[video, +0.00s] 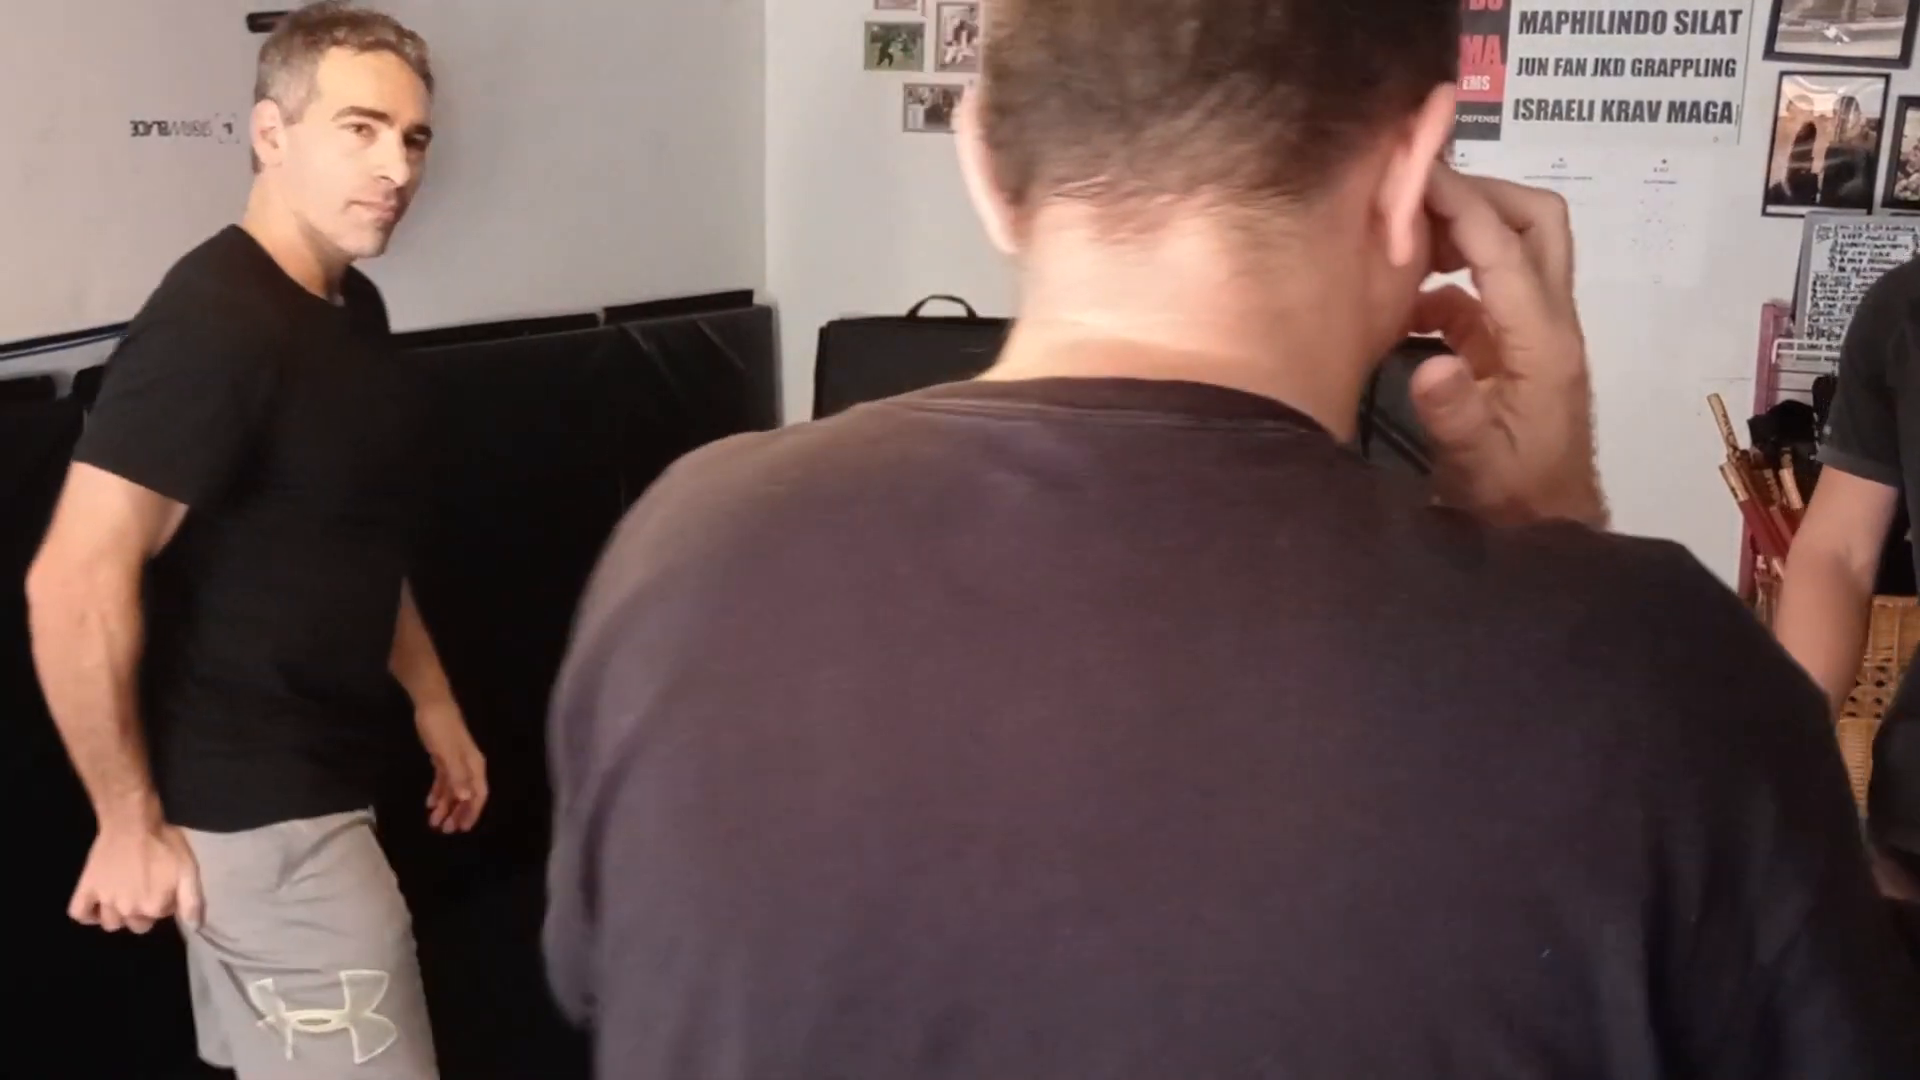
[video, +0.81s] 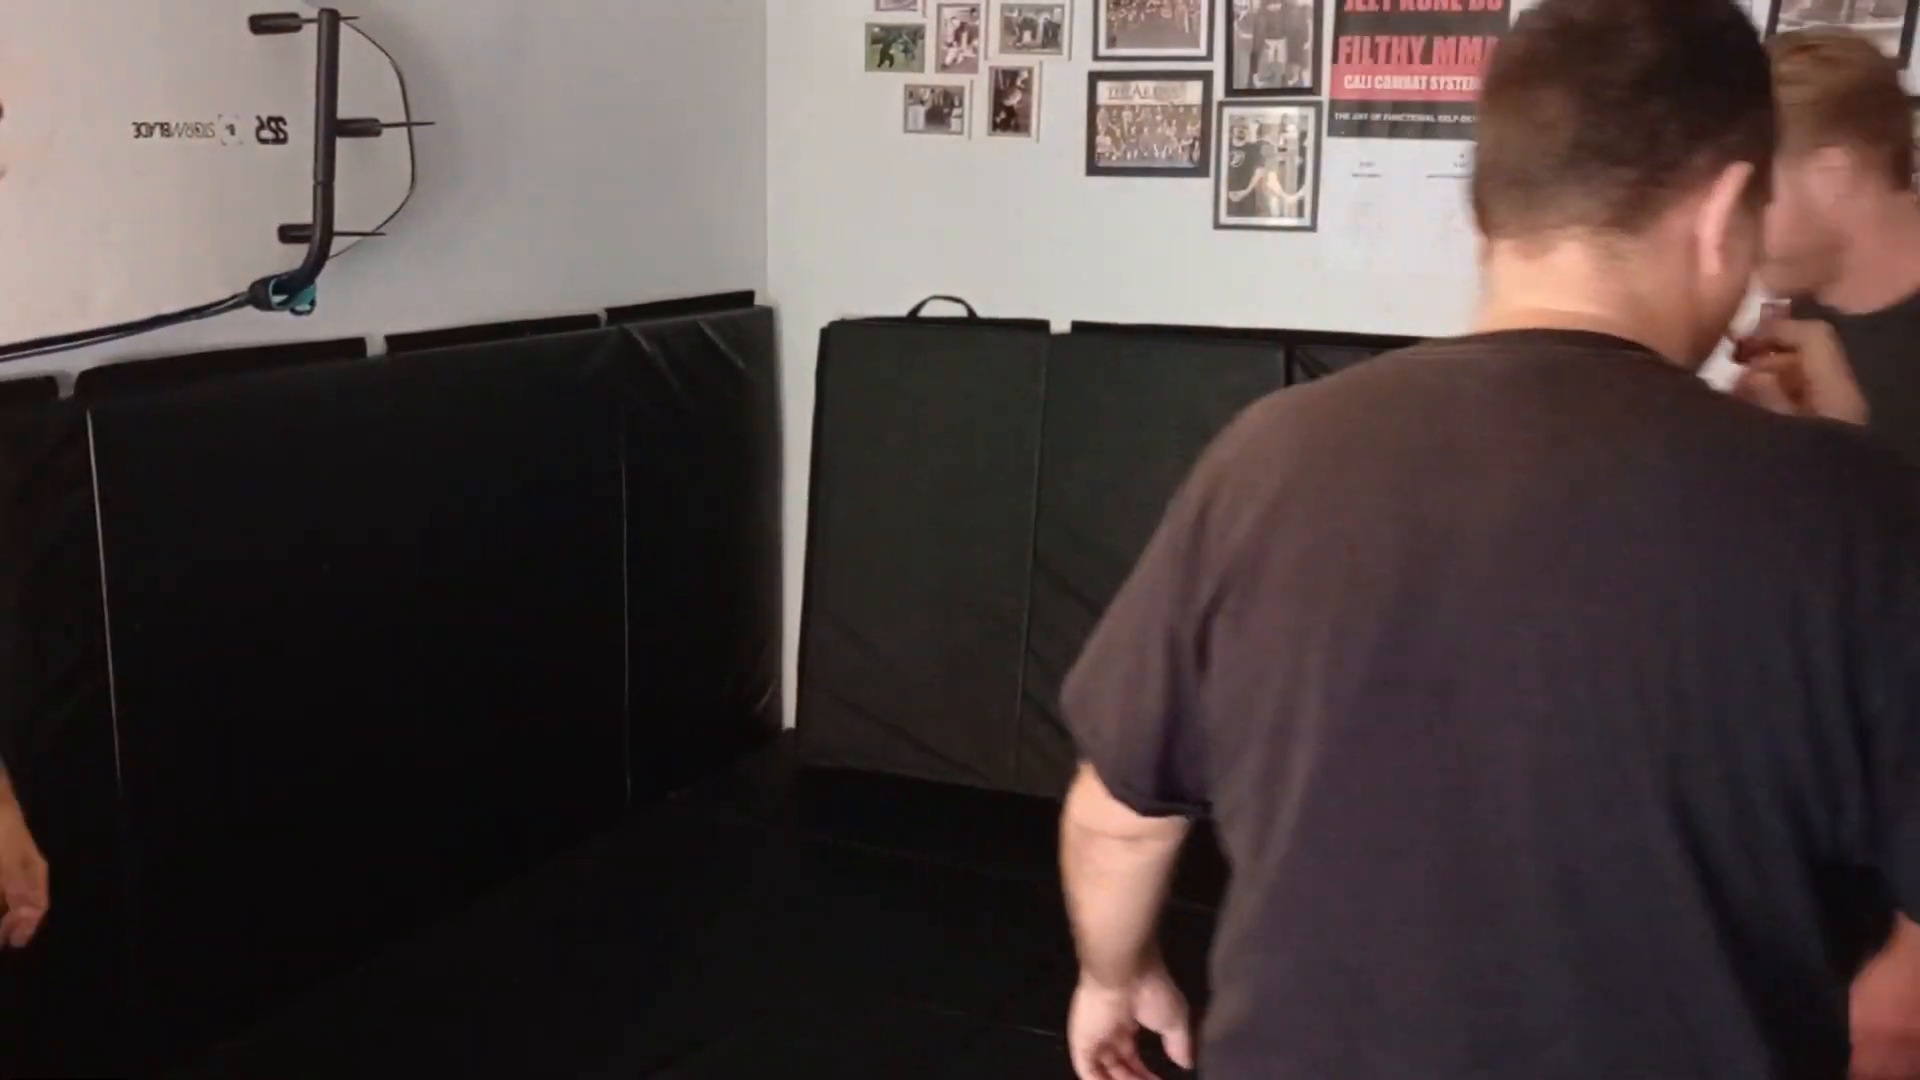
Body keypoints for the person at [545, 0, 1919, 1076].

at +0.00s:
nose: (1449, 208)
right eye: (1456, 142)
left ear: (985, 160)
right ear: (1414, 167)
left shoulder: (671, 556)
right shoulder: (1647, 666)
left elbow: (594, 993)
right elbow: (1817, 1021)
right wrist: (1562, 543)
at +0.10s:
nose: (1488, 203)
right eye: (1496, 145)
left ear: (1046, 174)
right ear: (1455, 178)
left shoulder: (760, 553)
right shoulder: (1661, 661)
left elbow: (656, 935)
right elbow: (1833, 1023)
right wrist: (1579, 550)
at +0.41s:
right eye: (1492, 179)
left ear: (1149, 180)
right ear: (1465, 192)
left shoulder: (957, 484)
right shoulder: (1585, 524)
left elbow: (842, 838)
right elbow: (1862, 942)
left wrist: (865, 917)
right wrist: (1609, 457)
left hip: (1017, 1050)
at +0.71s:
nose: (1631, 243)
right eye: (1640, 195)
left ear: (1356, 186)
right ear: (1602, 193)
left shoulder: (1149, 446)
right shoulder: (1717, 477)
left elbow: (1023, 793)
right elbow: (1898, 922)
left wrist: (1033, 930)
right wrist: (1746, 445)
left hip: (1174, 1058)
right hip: (1604, 1057)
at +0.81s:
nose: (1756, 264)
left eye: (1766, 213)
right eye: (1762, 210)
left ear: (1485, 199)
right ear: (1721, 213)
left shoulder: (1272, 455)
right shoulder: (1852, 507)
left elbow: (1117, 814)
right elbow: (1896, 928)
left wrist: (1112, 976)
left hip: (1286, 1053)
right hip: (1695, 1053)